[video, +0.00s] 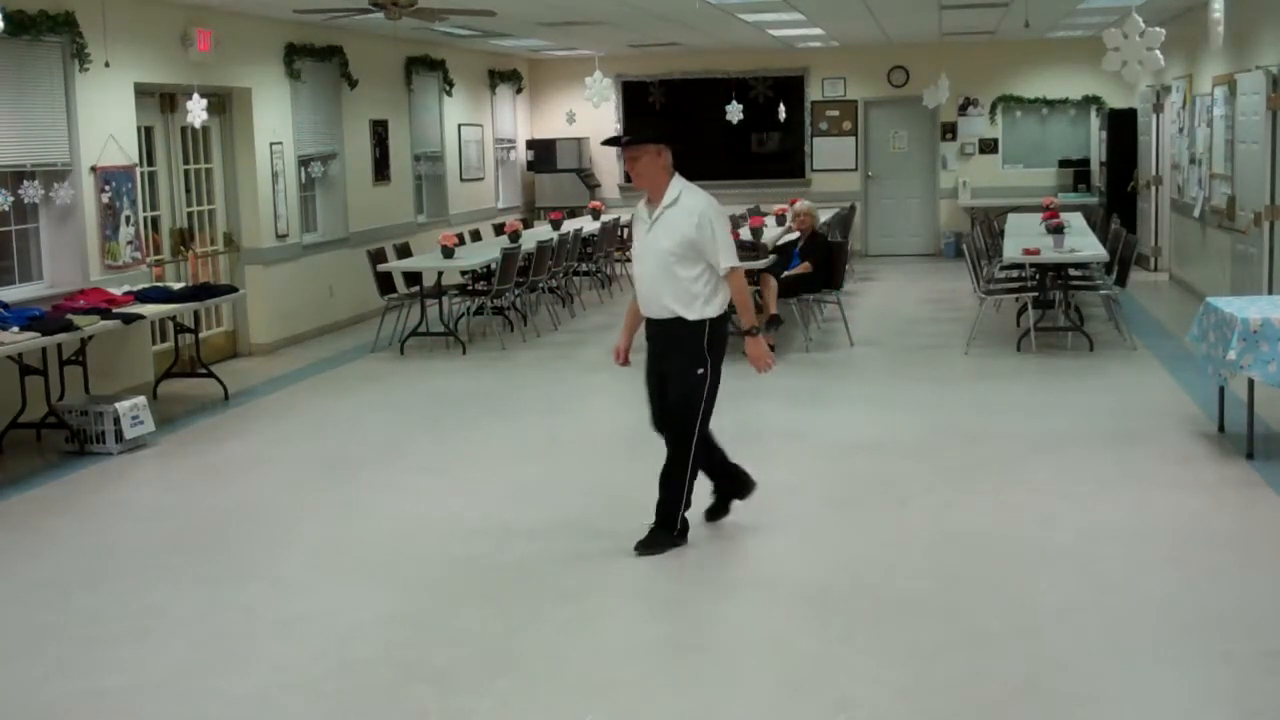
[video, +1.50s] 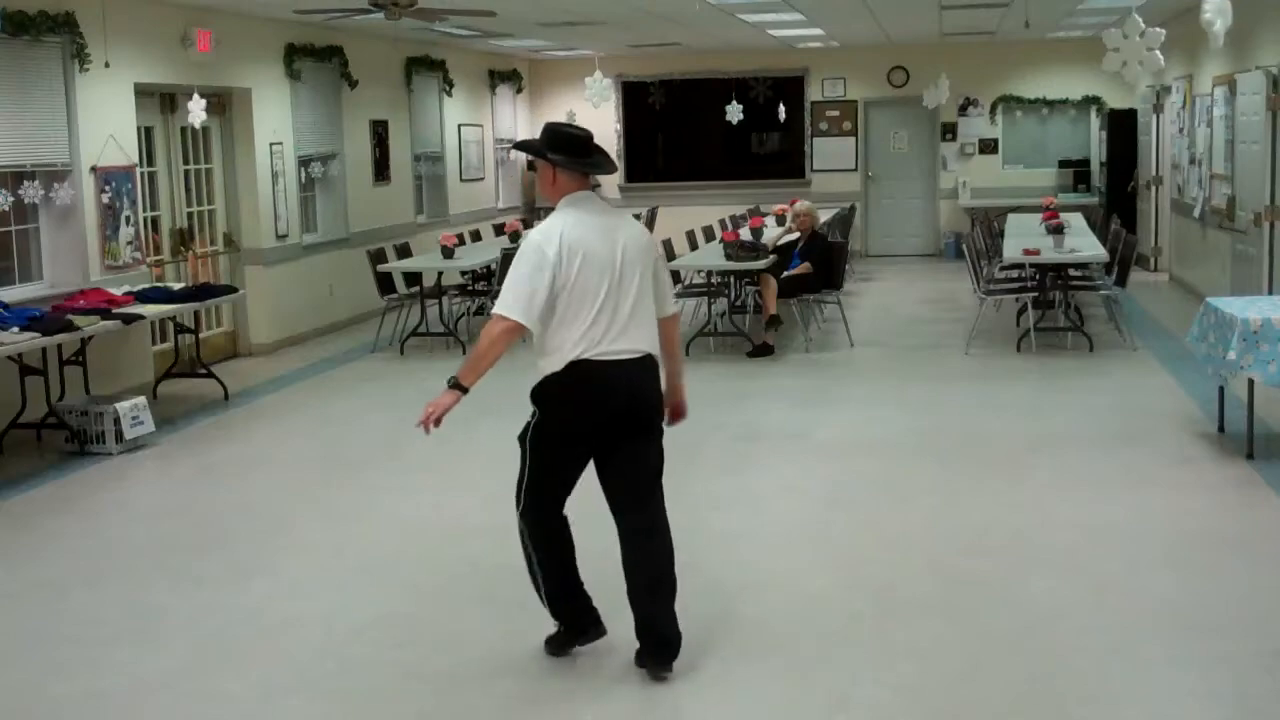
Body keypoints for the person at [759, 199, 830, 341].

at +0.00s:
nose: (802, 219)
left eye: (806, 215)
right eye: (798, 216)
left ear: (813, 218)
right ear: (793, 221)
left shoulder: (820, 240)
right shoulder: (793, 243)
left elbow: (810, 265)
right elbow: (767, 249)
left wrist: (785, 275)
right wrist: (785, 230)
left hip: (808, 278)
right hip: (788, 274)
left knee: (766, 291)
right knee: (765, 274)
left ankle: (768, 341)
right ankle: (773, 315)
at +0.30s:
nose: (801, 219)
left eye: (804, 215)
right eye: (797, 216)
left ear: (813, 218)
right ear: (794, 221)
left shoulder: (819, 239)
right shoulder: (795, 242)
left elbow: (809, 266)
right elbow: (767, 249)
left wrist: (785, 275)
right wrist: (785, 230)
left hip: (808, 278)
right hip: (788, 274)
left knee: (766, 292)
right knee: (766, 274)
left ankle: (769, 343)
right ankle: (773, 315)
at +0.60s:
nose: (801, 219)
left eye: (805, 215)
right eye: (797, 216)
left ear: (813, 218)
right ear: (794, 221)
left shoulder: (819, 239)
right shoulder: (795, 241)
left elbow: (810, 266)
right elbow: (767, 249)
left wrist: (785, 275)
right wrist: (785, 230)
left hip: (808, 278)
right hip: (788, 274)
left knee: (766, 291)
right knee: (766, 273)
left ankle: (769, 342)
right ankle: (773, 315)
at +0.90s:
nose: (801, 219)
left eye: (805, 215)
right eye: (797, 216)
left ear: (813, 219)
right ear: (794, 220)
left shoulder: (819, 239)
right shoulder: (794, 241)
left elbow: (809, 267)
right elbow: (767, 249)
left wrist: (785, 276)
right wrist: (785, 230)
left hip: (808, 278)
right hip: (788, 274)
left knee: (767, 292)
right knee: (765, 274)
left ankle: (769, 342)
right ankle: (773, 315)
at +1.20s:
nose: (801, 219)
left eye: (805, 215)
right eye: (798, 216)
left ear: (813, 218)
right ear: (794, 221)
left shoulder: (820, 239)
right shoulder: (795, 241)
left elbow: (811, 265)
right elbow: (767, 248)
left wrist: (786, 275)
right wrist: (785, 230)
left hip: (809, 278)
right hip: (789, 275)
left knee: (768, 291)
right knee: (765, 274)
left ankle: (767, 343)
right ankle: (772, 314)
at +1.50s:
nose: (801, 219)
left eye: (805, 215)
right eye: (797, 216)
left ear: (813, 218)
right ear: (794, 221)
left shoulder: (820, 239)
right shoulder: (795, 241)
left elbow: (811, 265)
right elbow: (767, 249)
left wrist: (786, 275)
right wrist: (785, 230)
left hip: (808, 278)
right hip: (788, 275)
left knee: (767, 292)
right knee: (765, 274)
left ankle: (767, 343)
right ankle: (772, 315)